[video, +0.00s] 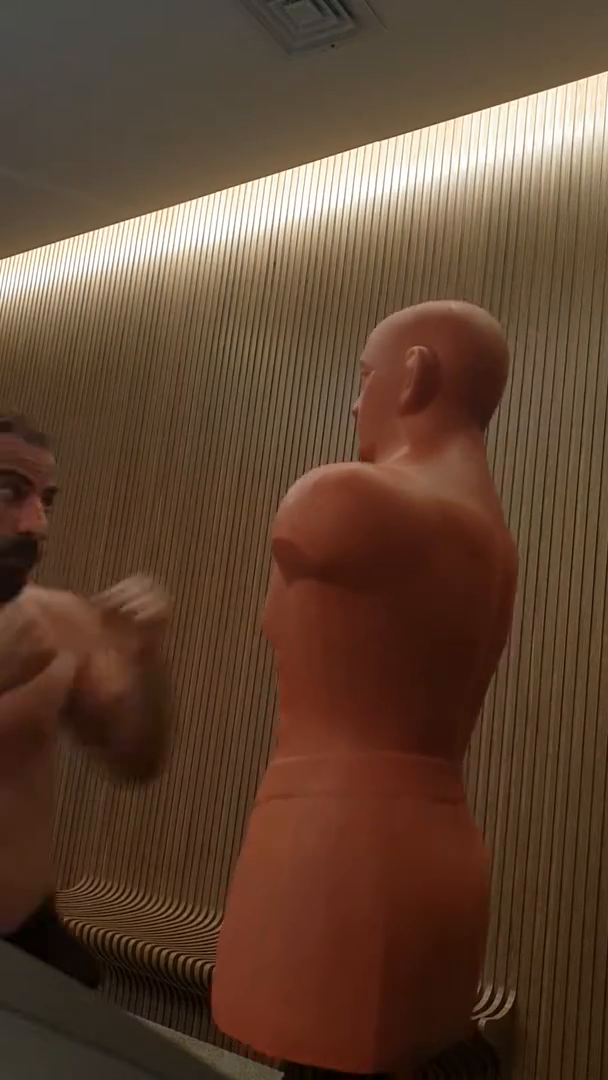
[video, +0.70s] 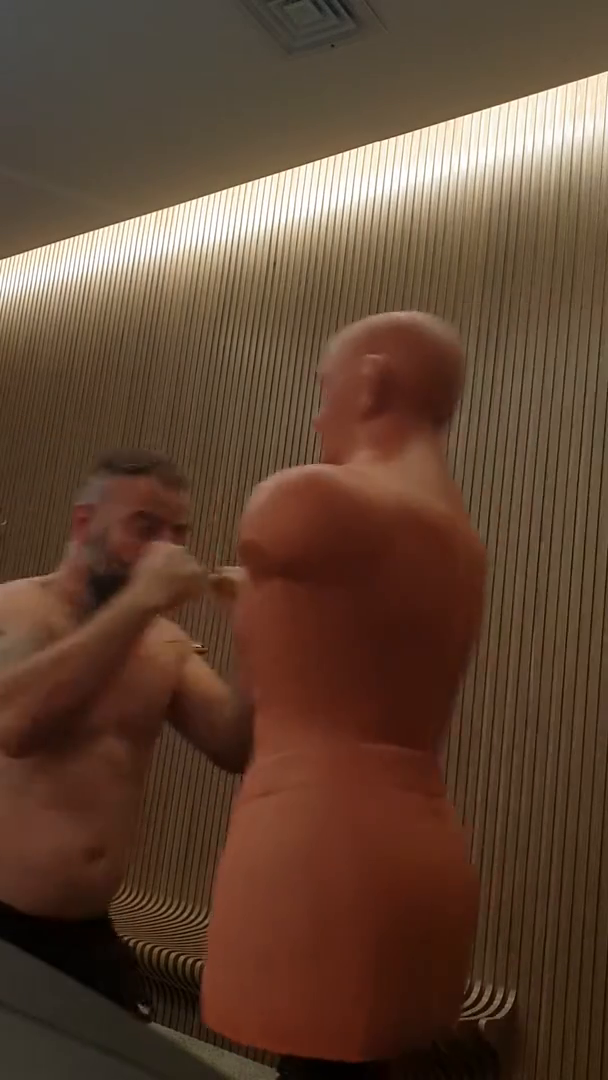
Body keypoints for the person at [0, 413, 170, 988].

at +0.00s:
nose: (36, 521)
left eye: (45, 499)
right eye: (14, 493)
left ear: (52, 506)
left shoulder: (60, 620)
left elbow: (137, 762)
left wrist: (148, 660)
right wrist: (27, 699)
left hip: (30, 937)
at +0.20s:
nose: (170, 524)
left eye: (176, 502)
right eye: (143, 496)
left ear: (184, 512)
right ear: (74, 505)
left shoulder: (179, 626)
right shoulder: (12, 616)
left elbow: (291, 691)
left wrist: (296, 591)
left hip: (108, 964)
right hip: (12, 961)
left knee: (151, 1070)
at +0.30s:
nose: (214, 532)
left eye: (218, 508)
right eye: (193, 503)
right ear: (132, 515)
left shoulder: (160, 640)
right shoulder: (86, 605)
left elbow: (200, 780)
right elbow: (215, 515)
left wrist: (251, 668)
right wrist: (391, 466)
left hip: (98, 956)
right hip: (22, 949)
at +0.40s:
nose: (243, 553)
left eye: (246, 536)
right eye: (220, 530)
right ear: (151, 537)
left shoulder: (175, 646)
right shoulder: (130, 595)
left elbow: (177, 793)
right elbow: (251, 613)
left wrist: (239, 681)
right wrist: (405, 584)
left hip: (95, 965)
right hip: (25, 947)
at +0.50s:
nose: (251, 557)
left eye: (254, 540)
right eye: (229, 533)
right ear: (165, 537)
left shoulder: (153, 624)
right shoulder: (138, 600)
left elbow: (192, 791)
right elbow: (150, 698)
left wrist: (253, 682)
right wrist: (329, 678)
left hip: (96, 952)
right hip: (27, 936)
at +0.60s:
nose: (226, 552)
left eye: (233, 536)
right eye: (204, 527)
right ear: (141, 526)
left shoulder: (175, 646)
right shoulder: (77, 603)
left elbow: (236, 766)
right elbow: (78, 718)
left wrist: (279, 659)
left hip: (101, 947)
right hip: (21, 935)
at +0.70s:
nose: (162, 550)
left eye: (177, 535)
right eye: (144, 526)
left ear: (188, 544)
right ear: (83, 522)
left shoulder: (165, 646)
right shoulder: (13, 610)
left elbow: (243, 750)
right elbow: (16, 724)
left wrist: (253, 620)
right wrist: (141, 601)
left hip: (91, 940)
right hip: (6, 930)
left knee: (121, 1069)